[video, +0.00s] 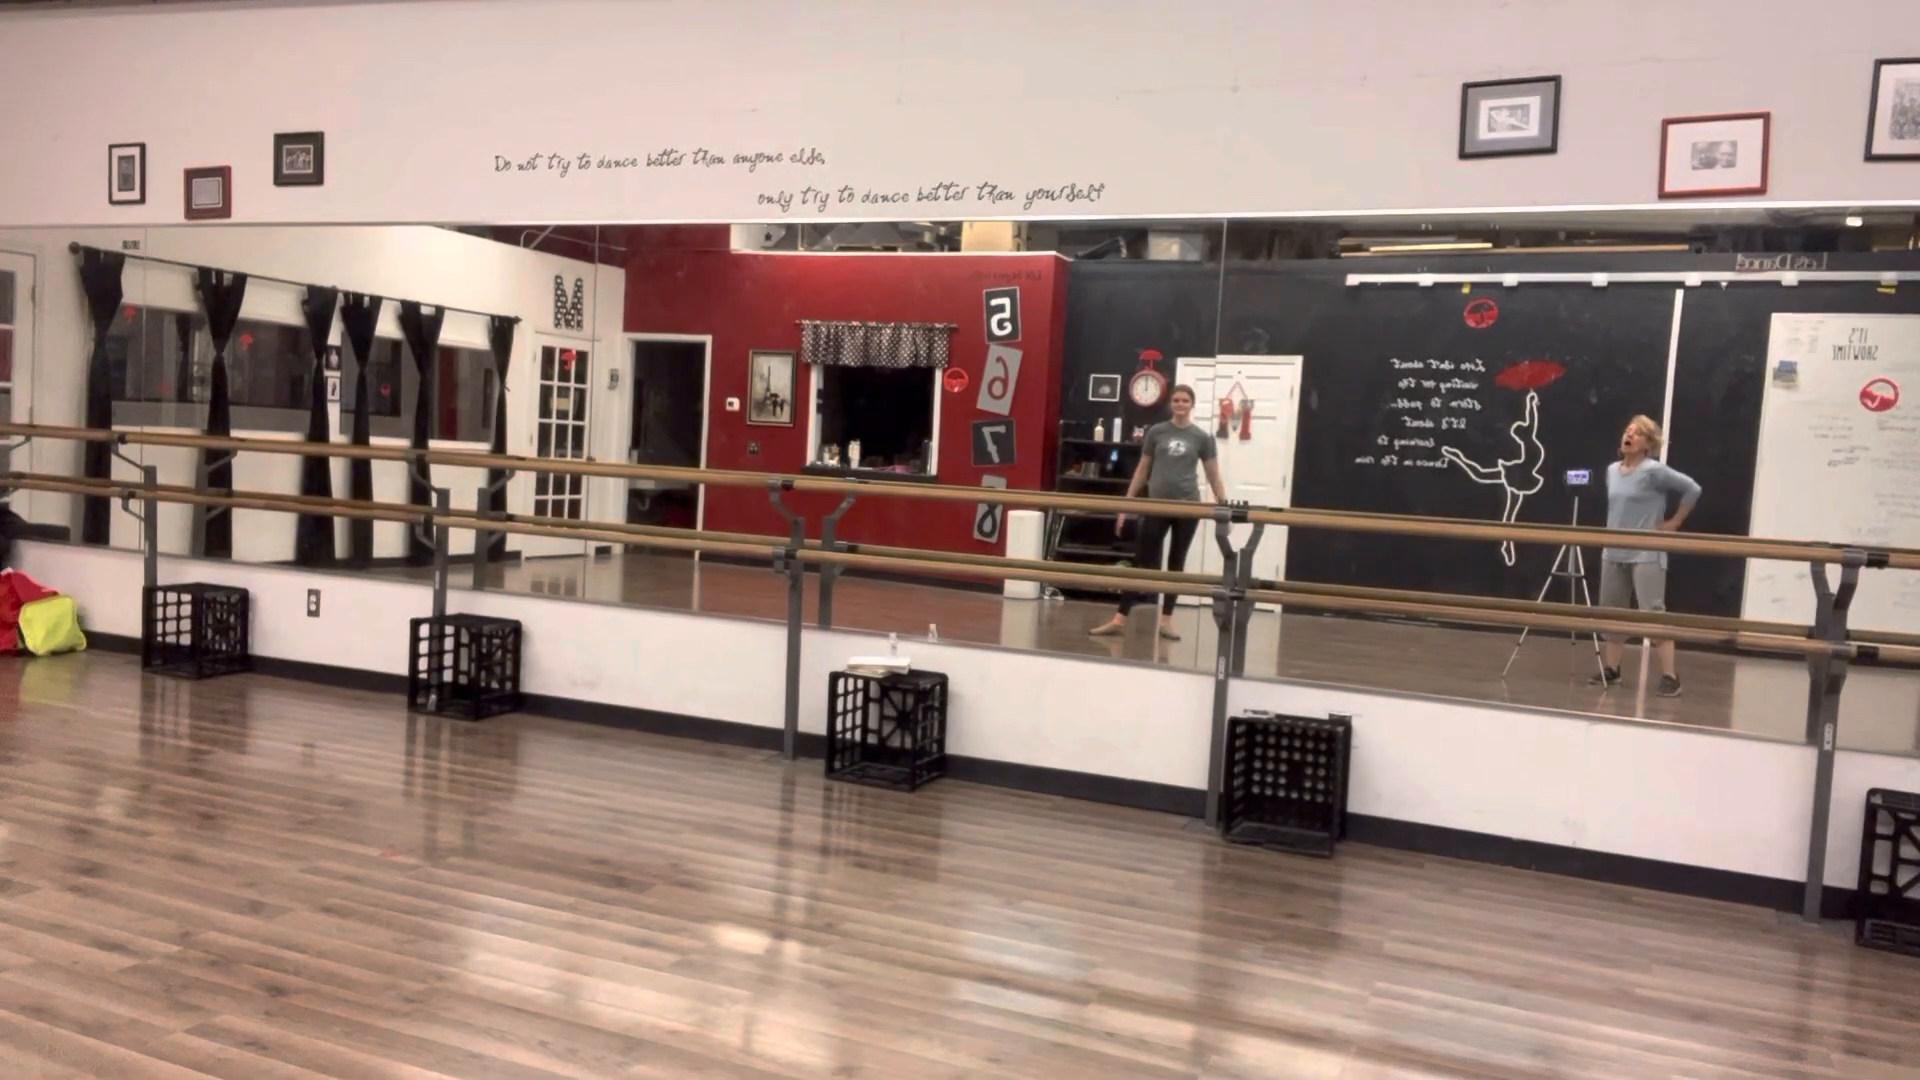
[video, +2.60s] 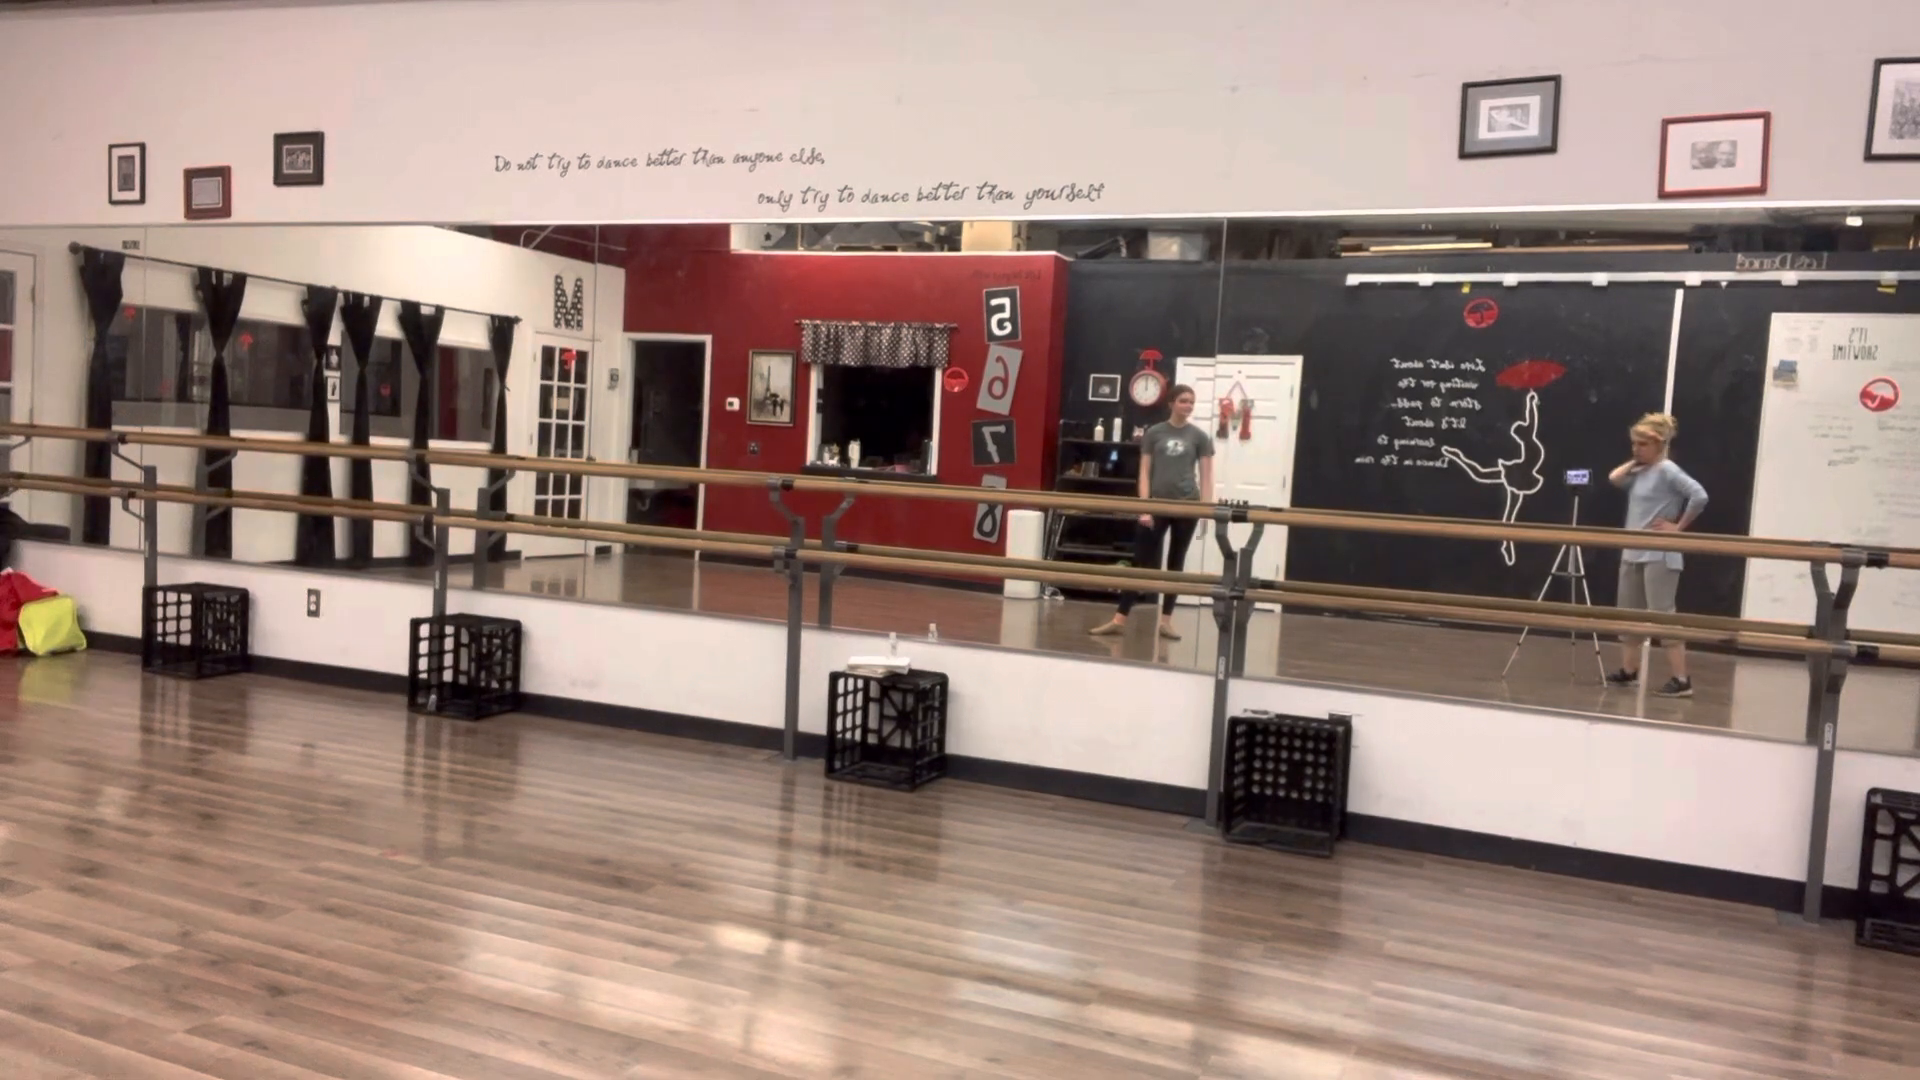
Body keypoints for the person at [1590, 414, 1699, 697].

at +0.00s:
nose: (1629, 437)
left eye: (1636, 434)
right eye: (1627, 432)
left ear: (1648, 444)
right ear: (1622, 437)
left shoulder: (1654, 471)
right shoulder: (1612, 470)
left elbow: (1692, 489)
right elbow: (1618, 503)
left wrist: (1674, 522)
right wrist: (1613, 526)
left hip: (1647, 553)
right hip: (1614, 551)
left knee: (1653, 614)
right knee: (1611, 612)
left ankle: (1669, 675)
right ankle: (1611, 669)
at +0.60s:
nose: (1640, 447)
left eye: (1645, 442)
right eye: (1641, 442)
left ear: (1661, 448)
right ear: (1655, 448)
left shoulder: (1679, 476)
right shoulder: (1647, 476)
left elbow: (1718, 501)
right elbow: (1658, 507)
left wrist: (1701, 530)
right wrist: (1650, 533)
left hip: (1681, 557)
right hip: (1650, 554)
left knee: (1669, 619)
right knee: (1630, 612)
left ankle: (1677, 679)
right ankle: (1613, 668)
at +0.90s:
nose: (1660, 448)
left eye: (1662, 443)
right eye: (1661, 443)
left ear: (1669, 445)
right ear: (1686, 445)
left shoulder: (1678, 472)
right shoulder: (1685, 469)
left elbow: (1697, 502)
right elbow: (1692, 506)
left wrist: (1690, 527)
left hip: (1684, 559)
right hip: (1668, 556)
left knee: (1672, 617)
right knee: (1652, 613)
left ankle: (1677, 677)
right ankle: (1654, 668)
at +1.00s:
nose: (1665, 446)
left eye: (1666, 441)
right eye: (1667, 441)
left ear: (1670, 443)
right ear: (1695, 444)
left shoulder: (1675, 471)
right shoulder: (1699, 471)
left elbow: (1689, 501)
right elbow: (1703, 506)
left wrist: (1684, 524)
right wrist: (1692, 527)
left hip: (1678, 558)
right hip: (1695, 558)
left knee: (1671, 619)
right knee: (1677, 618)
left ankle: (1675, 676)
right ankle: (1680, 673)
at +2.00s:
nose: (1664, 445)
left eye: (1668, 440)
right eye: (1665, 439)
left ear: (1682, 444)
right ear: (1686, 445)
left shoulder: (1688, 472)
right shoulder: (1692, 470)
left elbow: (1706, 501)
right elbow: (1686, 507)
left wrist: (1695, 529)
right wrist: (1661, 511)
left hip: (1682, 561)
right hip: (1683, 559)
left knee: (1676, 620)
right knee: (1676, 617)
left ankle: (1684, 679)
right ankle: (1701, 669)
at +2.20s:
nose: (1657, 450)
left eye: (1662, 444)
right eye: (1657, 444)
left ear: (1679, 446)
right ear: (1675, 447)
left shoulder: (1685, 470)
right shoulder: (1672, 472)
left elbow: (1704, 499)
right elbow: (1646, 503)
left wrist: (1693, 528)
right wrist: (1654, 477)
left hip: (1682, 559)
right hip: (1665, 557)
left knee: (1676, 619)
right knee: (1650, 611)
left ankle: (1684, 678)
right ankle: (1659, 668)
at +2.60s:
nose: (1637, 450)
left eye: (1644, 444)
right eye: (1635, 444)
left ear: (1660, 445)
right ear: (1634, 445)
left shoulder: (1668, 471)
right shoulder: (1638, 472)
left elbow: (1699, 496)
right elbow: (1614, 478)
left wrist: (1679, 527)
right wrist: (1634, 462)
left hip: (1660, 555)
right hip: (1632, 553)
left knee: (1663, 616)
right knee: (1627, 614)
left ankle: (1680, 677)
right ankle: (1629, 670)